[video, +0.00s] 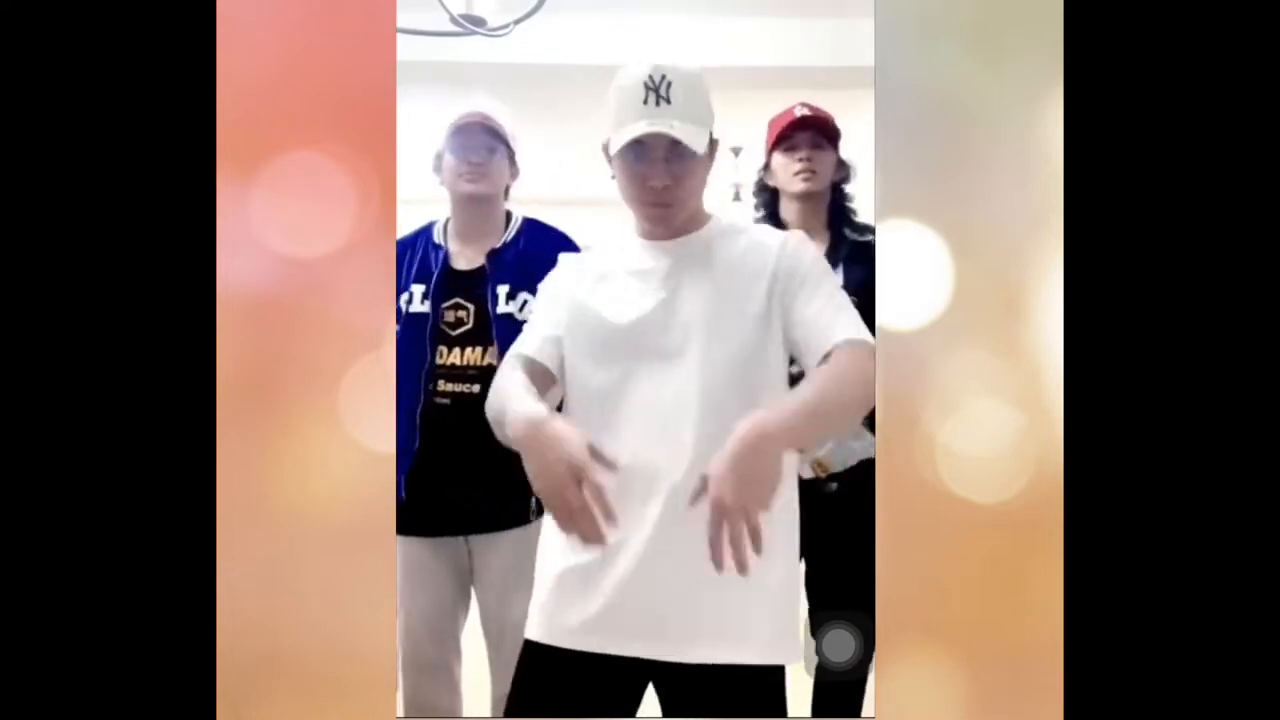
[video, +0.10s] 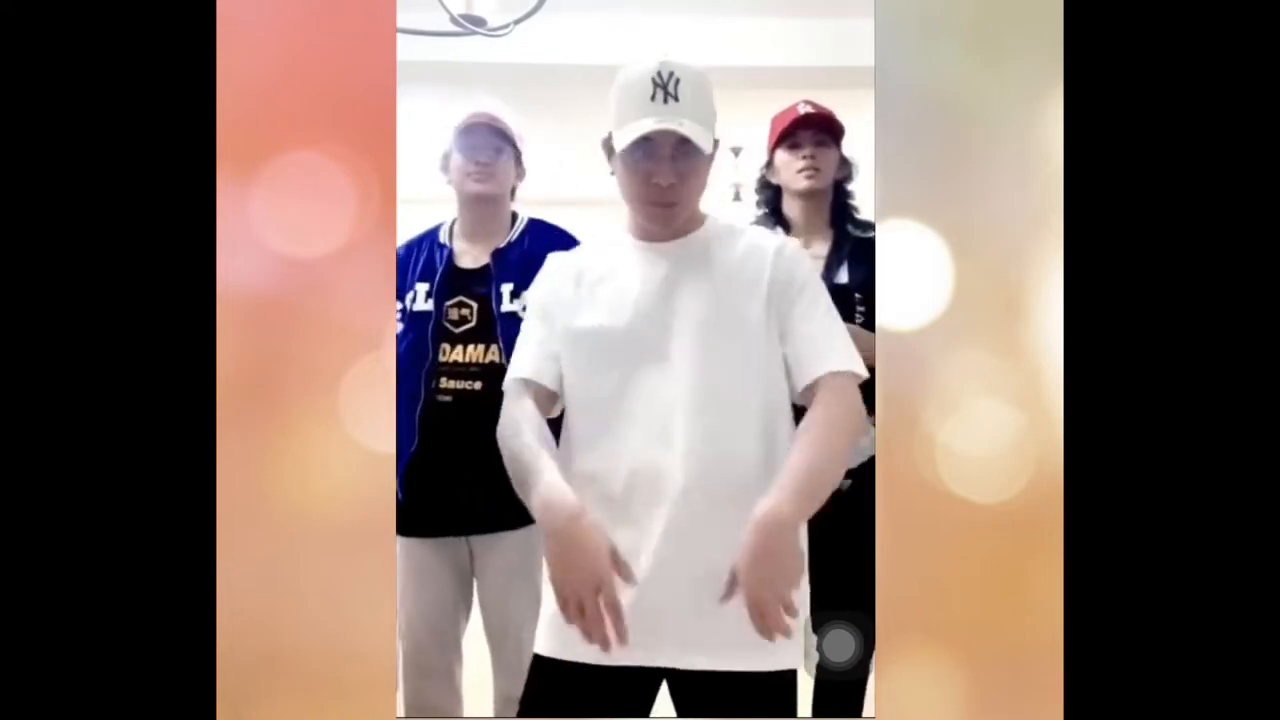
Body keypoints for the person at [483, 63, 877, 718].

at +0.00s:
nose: (659, 174)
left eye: (679, 152)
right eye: (639, 152)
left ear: (712, 156)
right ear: (609, 159)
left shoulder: (775, 260)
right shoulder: (576, 278)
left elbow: (858, 366)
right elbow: (510, 387)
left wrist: (767, 436)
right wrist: (535, 432)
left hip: (726, 616)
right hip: (585, 611)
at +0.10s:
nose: (664, 172)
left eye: (684, 150)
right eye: (644, 149)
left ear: (713, 158)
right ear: (611, 156)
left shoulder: (771, 265)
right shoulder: (568, 277)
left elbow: (842, 402)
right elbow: (518, 408)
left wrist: (781, 517)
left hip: (739, 627)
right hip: (595, 619)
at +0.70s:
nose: (645, 140)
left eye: (666, 118)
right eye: (622, 117)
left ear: (694, 140)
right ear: (588, 136)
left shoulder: (735, 280)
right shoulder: (520, 254)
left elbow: (759, 434)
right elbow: (454, 420)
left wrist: (773, 549)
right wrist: (499, 575)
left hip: (717, 634)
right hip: (567, 634)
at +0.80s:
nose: (628, 137)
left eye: (650, 115)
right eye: (608, 115)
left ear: (688, 129)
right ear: (581, 130)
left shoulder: (740, 274)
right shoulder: (520, 246)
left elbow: (752, 436)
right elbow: (470, 414)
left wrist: (774, 554)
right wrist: (500, 558)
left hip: (711, 624)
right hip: (559, 619)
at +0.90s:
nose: (622, 125)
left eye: (644, 105)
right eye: (602, 105)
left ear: (685, 119)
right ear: (578, 121)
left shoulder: (740, 262)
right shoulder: (518, 242)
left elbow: (757, 428)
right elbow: (478, 403)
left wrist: (769, 557)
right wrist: (506, 537)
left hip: (702, 621)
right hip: (556, 617)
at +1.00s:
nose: (620, 129)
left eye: (643, 109)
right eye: (600, 108)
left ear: (682, 125)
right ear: (575, 124)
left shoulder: (748, 264)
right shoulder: (526, 256)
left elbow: (771, 440)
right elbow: (486, 417)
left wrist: (774, 584)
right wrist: (503, 541)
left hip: (705, 639)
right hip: (555, 632)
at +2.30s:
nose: (661, 189)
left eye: (685, 162)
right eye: (638, 161)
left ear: (717, 166)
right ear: (599, 158)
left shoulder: (769, 271)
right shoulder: (535, 261)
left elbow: (787, 448)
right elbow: (502, 431)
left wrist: (758, 388)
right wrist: (558, 402)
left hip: (718, 604)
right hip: (580, 606)